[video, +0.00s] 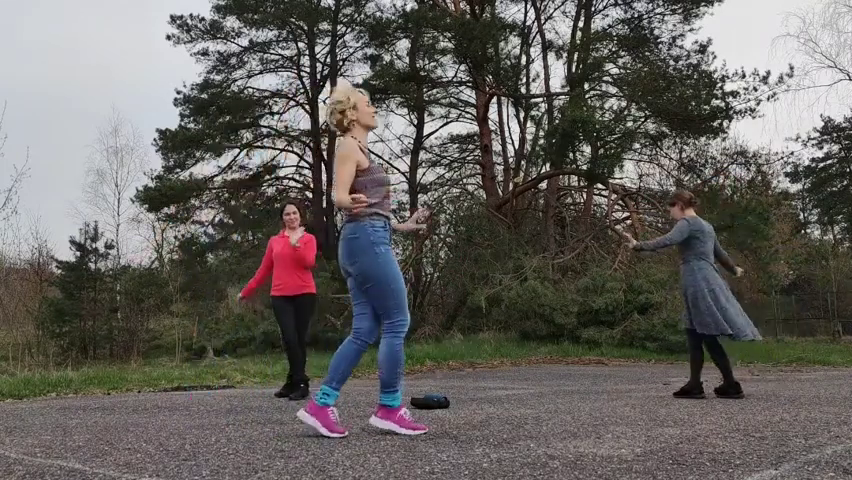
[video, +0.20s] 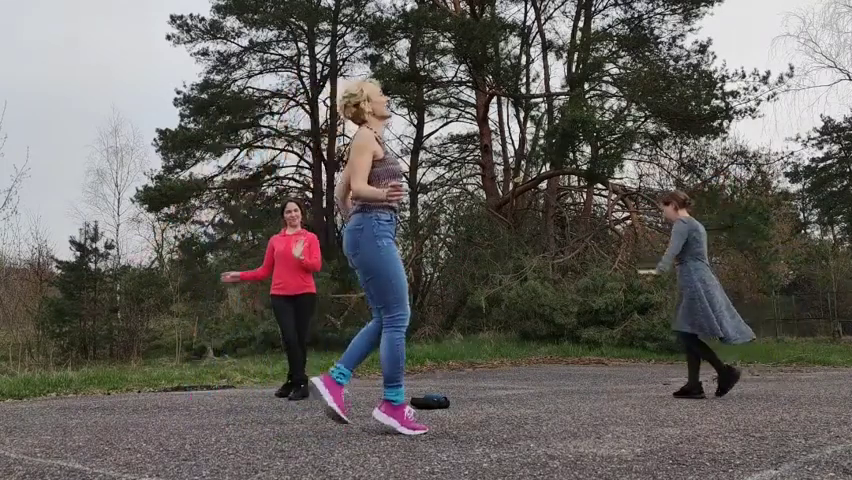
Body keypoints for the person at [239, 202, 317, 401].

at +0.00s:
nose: (291, 217)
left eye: (294, 213)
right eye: (287, 214)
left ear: (300, 216)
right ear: (282, 218)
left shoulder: (308, 238)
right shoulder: (275, 241)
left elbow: (309, 262)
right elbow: (264, 269)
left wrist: (296, 245)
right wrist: (247, 291)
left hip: (304, 293)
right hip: (280, 294)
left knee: (299, 339)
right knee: (289, 339)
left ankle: (292, 381)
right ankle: (301, 383)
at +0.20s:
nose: (293, 214)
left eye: (295, 211)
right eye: (289, 212)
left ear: (301, 214)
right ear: (283, 216)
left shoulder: (310, 238)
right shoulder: (275, 240)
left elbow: (316, 266)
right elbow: (264, 271)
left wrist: (301, 258)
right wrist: (239, 276)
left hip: (305, 293)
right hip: (280, 294)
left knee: (300, 339)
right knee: (289, 338)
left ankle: (294, 381)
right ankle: (298, 382)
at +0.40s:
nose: (293, 224)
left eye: (296, 220)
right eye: (289, 220)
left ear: (302, 223)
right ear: (284, 223)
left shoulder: (312, 246)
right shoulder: (276, 249)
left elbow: (319, 272)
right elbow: (264, 275)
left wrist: (318, 284)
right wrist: (244, 265)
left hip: (305, 300)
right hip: (281, 300)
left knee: (306, 341)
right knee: (287, 342)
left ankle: (304, 382)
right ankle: (294, 384)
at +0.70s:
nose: (289, 224)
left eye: (293, 221)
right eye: (286, 220)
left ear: (298, 224)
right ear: (280, 222)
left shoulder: (305, 242)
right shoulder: (273, 245)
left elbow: (316, 266)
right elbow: (266, 272)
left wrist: (319, 291)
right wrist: (255, 288)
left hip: (306, 298)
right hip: (284, 299)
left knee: (307, 340)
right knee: (294, 341)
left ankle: (304, 384)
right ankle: (301, 384)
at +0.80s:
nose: (291, 236)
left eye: (293, 231)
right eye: (287, 231)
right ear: (281, 234)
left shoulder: (305, 249)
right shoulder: (272, 252)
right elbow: (266, 280)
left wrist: (315, 298)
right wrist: (261, 301)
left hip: (306, 303)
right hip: (283, 304)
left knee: (306, 341)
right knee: (294, 342)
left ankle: (304, 380)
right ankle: (301, 381)